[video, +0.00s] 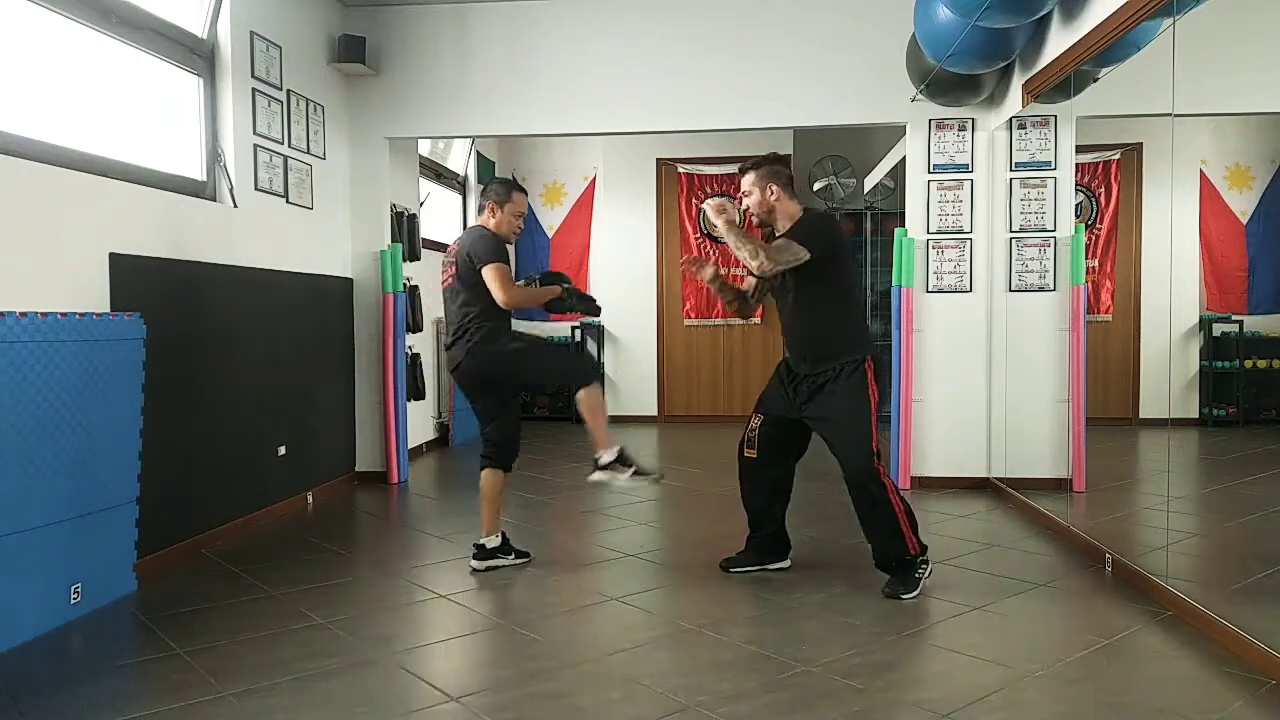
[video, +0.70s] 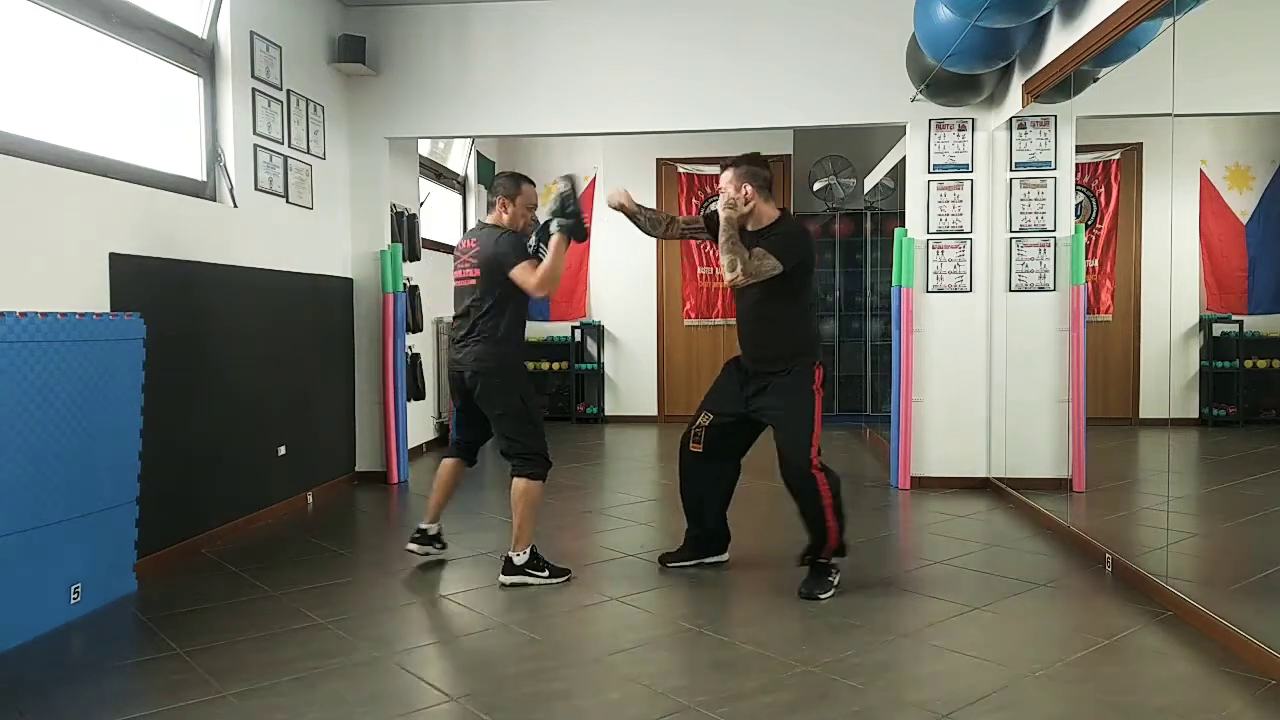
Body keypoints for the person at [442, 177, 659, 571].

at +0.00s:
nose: (521, 224)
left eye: (522, 217)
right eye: (517, 215)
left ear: (490, 212)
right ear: (491, 209)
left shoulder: (467, 242)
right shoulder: (484, 239)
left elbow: (495, 300)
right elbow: (507, 296)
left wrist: (535, 289)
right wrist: (554, 293)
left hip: (469, 360)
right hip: (490, 351)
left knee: (498, 445)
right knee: (582, 366)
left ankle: (490, 544)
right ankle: (607, 454)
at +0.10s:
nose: (520, 223)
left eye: (521, 216)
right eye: (515, 214)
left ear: (489, 213)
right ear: (489, 209)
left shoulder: (471, 243)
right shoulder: (480, 239)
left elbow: (502, 296)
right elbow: (511, 292)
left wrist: (540, 278)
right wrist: (553, 277)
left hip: (474, 357)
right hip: (493, 339)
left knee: (499, 444)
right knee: (590, 324)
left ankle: (490, 543)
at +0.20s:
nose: (517, 222)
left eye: (519, 216)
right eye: (512, 214)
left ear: (490, 213)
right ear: (487, 209)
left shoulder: (485, 247)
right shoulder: (473, 240)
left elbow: (506, 295)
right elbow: (493, 296)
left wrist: (546, 286)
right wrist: (543, 277)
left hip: (483, 351)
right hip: (498, 334)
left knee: (503, 442)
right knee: (598, 314)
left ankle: (490, 544)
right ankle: (659, 372)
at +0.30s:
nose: (516, 221)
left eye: (517, 214)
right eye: (510, 213)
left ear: (492, 211)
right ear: (485, 207)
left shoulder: (494, 248)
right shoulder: (469, 237)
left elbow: (498, 295)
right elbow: (459, 285)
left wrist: (535, 282)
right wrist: (510, 270)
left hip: (489, 354)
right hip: (507, 343)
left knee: (503, 443)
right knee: (607, 347)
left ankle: (490, 543)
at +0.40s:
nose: (517, 217)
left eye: (519, 211)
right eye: (513, 209)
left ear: (486, 207)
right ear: (489, 203)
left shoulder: (468, 237)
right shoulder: (478, 228)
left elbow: (498, 268)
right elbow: (475, 265)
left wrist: (525, 247)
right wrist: (514, 238)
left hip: (484, 352)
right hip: (512, 345)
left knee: (497, 445)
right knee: (591, 405)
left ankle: (490, 543)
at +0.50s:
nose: (525, 212)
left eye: (527, 205)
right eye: (521, 204)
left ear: (489, 199)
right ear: (497, 197)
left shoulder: (460, 232)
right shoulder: (498, 227)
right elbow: (529, 254)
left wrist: (550, 224)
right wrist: (555, 213)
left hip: (477, 350)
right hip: (512, 348)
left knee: (491, 445)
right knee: (543, 446)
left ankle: (488, 541)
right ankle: (530, 547)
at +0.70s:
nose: (532, 217)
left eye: (534, 210)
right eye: (528, 209)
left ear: (498, 207)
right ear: (503, 205)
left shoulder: (469, 239)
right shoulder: (504, 242)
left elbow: (503, 285)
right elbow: (540, 285)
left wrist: (535, 243)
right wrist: (562, 231)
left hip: (463, 362)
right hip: (496, 364)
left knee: (463, 445)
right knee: (531, 458)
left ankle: (427, 528)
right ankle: (521, 557)